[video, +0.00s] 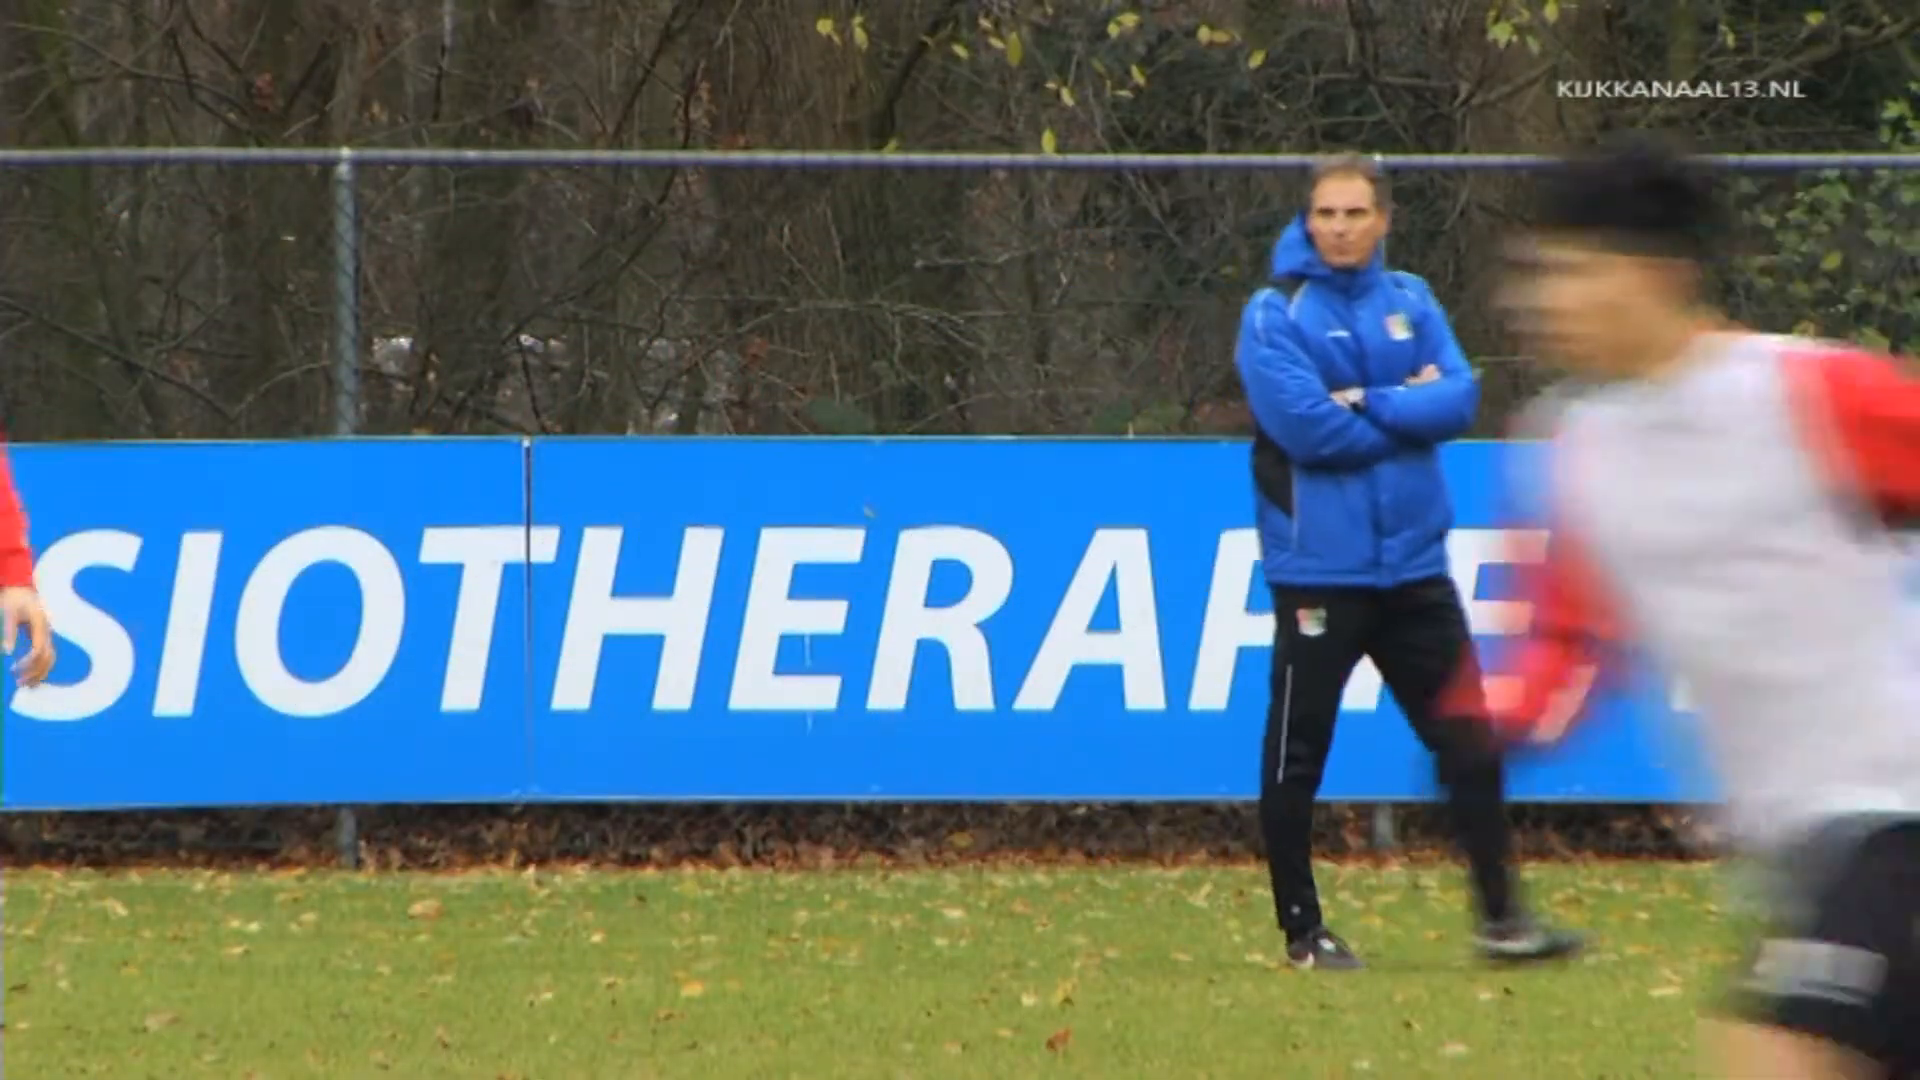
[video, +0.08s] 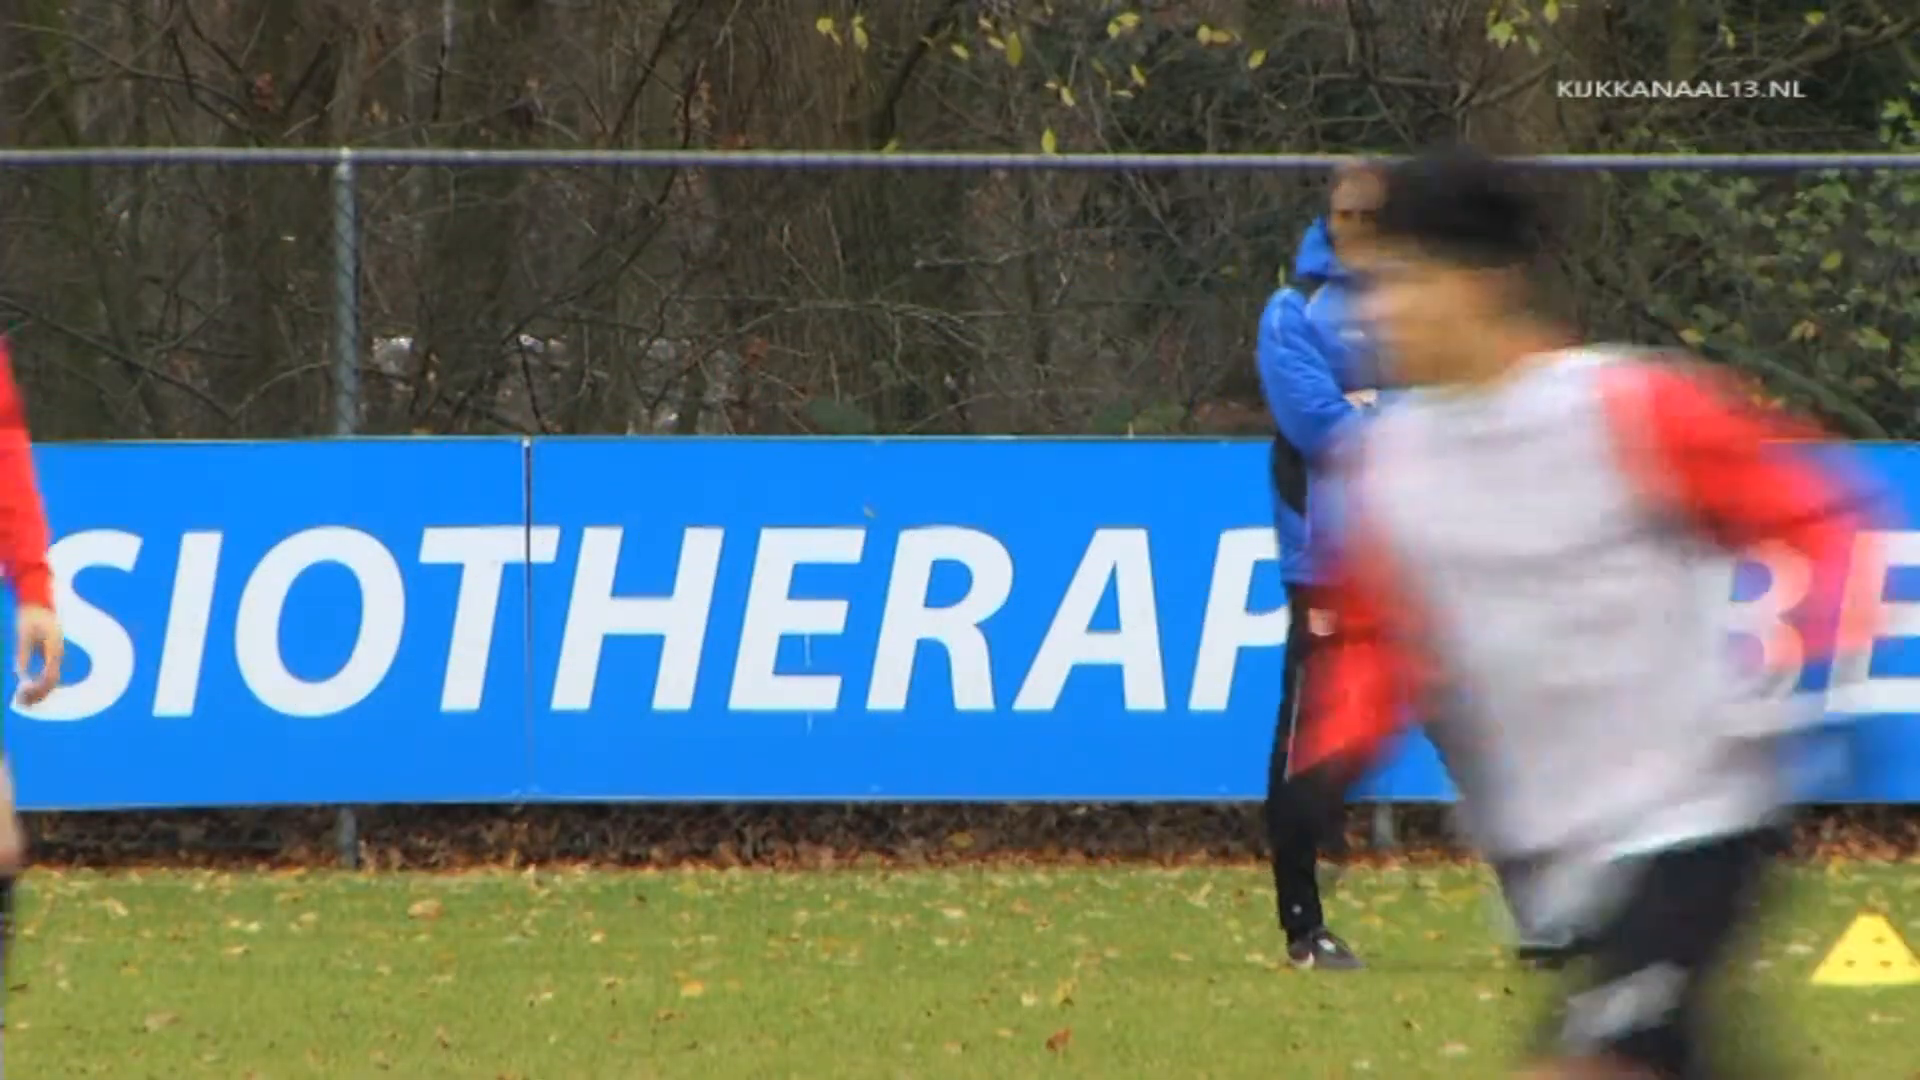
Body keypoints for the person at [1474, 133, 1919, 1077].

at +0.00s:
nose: (1549, 299)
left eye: (1577, 269)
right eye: (1543, 272)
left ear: (1670, 269)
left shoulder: (1816, 387)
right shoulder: (1585, 449)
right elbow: (1571, 633)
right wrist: (1507, 710)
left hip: (1893, 793)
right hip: (1779, 817)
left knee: (1779, 1045)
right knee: (1868, 1051)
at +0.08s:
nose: (1379, 309)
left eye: (1404, 279)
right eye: (1376, 282)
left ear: (1493, 278)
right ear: (1374, 287)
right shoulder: (1381, 460)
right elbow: (1377, 638)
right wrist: (1328, 761)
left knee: (1600, 1049)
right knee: (1658, 1056)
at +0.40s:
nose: (1466, 223)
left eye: (1481, 209)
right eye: (1452, 209)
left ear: (1508, 218)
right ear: (1431, 218)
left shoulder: (1542, 302)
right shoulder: (1385, 306)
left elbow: (1561, 399)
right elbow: (1392, 417)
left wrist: (1452, 390)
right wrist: (1509, 413)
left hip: (1526, 567)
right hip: (1418, 566)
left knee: (1543, 749)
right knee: (1370, 746)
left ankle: (1539, 933)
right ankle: (1326, 922)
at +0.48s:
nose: (1488, 221)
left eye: (1503, 208)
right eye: (1475, 207)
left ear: (1529, 217)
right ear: (1454, 215)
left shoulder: (1567, 306)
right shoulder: (1406, 303)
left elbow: (1574, 402)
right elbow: (1408, 414)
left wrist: (1466, 388)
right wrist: (1523, 414)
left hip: (1540, 565)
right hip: (1432, 563)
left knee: (1550, 751)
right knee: (1386, 740)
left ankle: (1541, 934)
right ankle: (1335, 918)